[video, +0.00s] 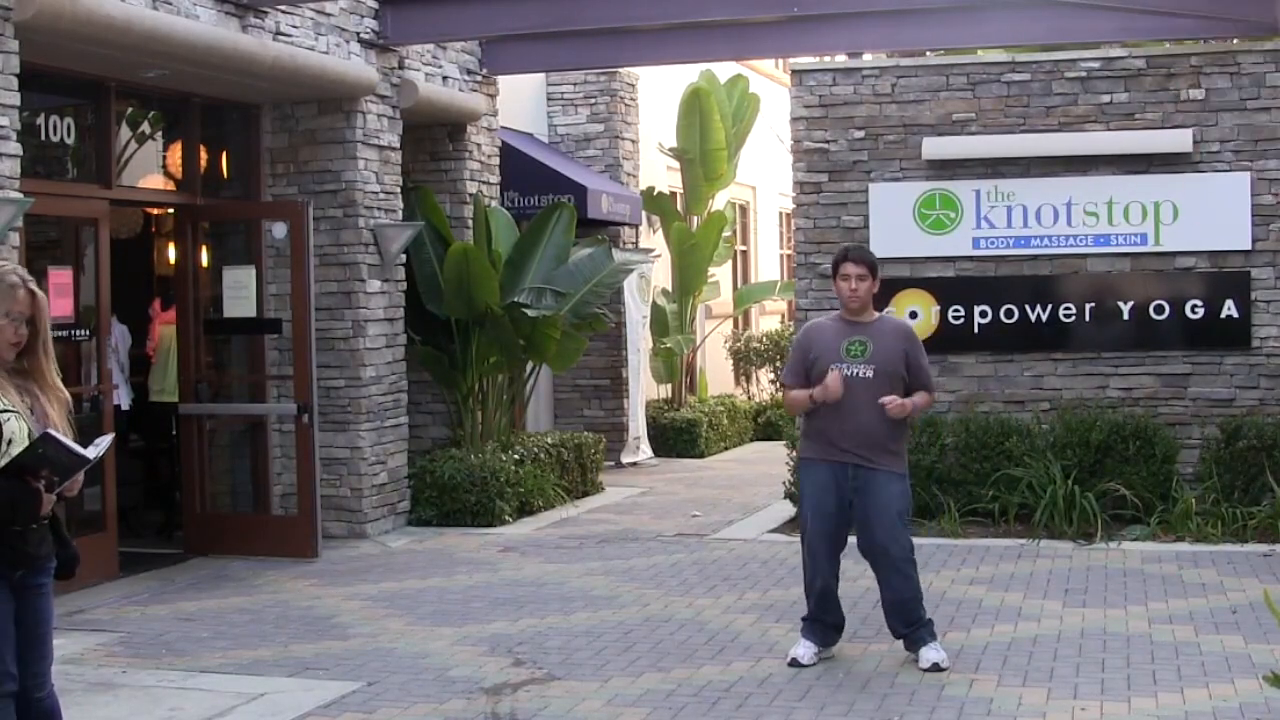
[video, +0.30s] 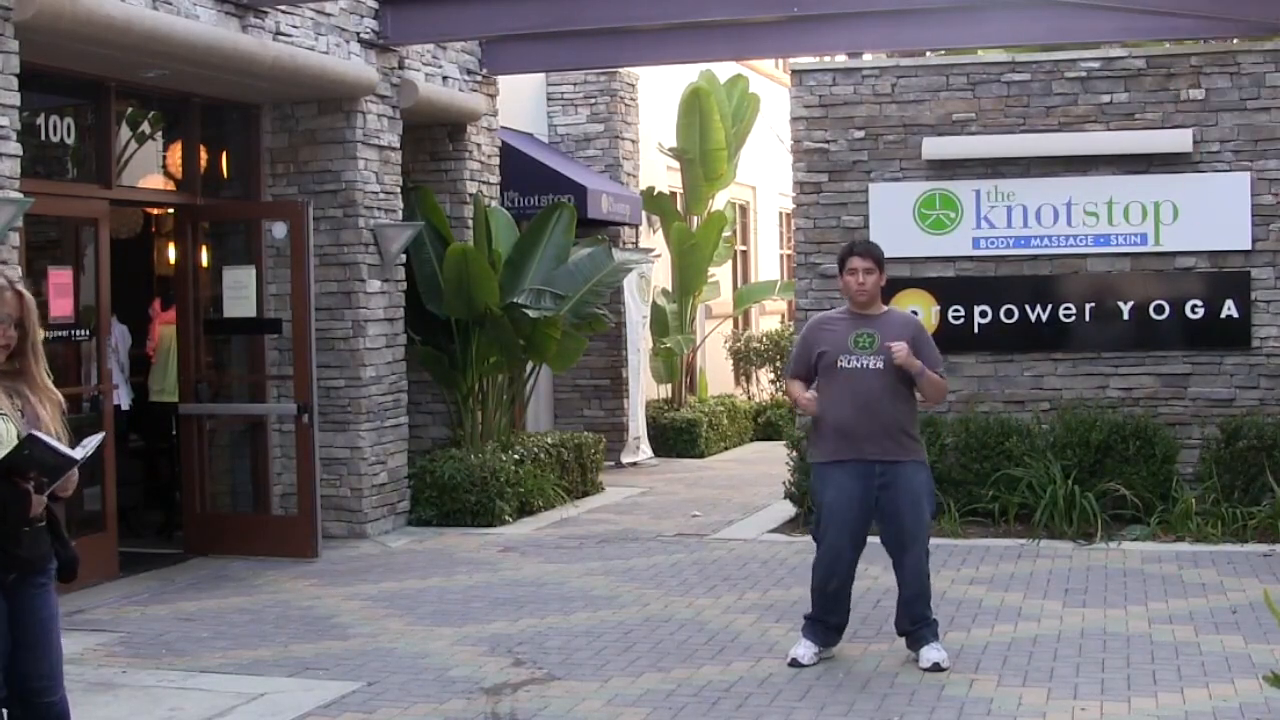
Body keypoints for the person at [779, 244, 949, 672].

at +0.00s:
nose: (852, 286)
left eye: (860, 279)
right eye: (845, 279)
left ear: (875, 284)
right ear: (834, 284)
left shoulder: (900, 333)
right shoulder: (811, 335)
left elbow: (926, 393)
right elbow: (790, 400)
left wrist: (909, 405)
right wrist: (816, 394)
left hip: (883, 463)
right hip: (821, 460)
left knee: (889, 545)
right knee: (817, 546)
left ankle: (920, 637)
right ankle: (817, 633)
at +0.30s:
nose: (859, 280)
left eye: (868, 272)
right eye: (851, 273)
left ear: (882, 277)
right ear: (840, 280)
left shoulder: (908, 326)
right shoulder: (818, 328)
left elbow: (938, 394)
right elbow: (793, 380)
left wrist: (914, 366)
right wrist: (801, 396)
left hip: (902, 458)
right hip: (837, 460)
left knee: (913, 551)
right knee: (834, 552)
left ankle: (924, 637)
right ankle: (818, 635)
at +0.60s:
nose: (857, 282)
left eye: (866, 275)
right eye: (850, 275)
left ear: (880, 280)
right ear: (839, 281)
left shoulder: (908, 327)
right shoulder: (820, 331)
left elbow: (937, 395)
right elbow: (794, 398)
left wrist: (913, 381)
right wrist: (809, 389)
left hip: (899, 463)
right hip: (835, 463)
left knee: (910, 554)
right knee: (826, 552)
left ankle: (923, 637)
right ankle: (818, 634)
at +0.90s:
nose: (854, 283)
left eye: (863, 276)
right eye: (846, 276)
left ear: (877, 282)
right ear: (836, 282)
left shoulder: (903, 331)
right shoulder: (812, 332)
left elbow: (926, 388)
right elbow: (794, 383)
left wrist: (922, 425)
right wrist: (791, 422)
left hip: (889, 458)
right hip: (824, 458)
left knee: (905, 548)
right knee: (821, 549)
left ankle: (921, 637)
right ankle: (817, 635)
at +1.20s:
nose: (850, 279)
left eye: (859, 271)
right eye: (843, 271)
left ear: (873, 277)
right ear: (832, 278)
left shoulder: (899, 326)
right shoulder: (810, 328)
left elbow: (925, 388)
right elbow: (785, 390)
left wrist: (908, 399)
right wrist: (798, 391)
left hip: (885, 460)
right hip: (822, 460)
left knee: (898, 545)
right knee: (820, 549)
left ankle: (922, 636)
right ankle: (818, 633)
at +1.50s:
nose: (852, 279)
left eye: (860, 271)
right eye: (844, 271)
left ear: (874, 276)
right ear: (832, 278)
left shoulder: (901, 326)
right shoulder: (812, 329)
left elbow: (929, 385)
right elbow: (788, 387)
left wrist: (914, 402)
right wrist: (799, 401)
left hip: (889, 463)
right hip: (824, 462)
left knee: (902, 551)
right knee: (821, 551)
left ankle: (922, 637)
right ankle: (818, 633)